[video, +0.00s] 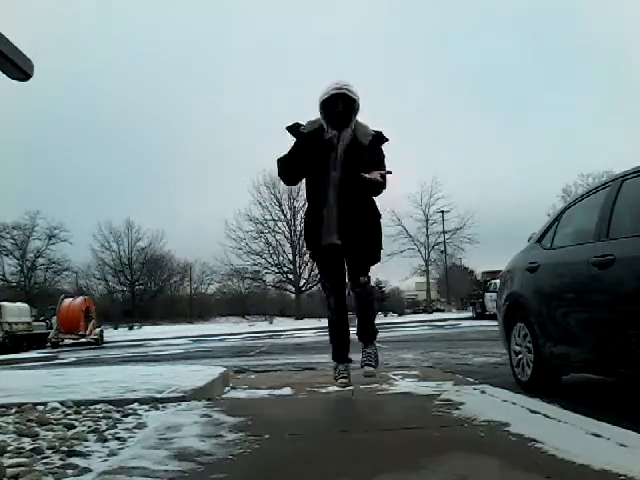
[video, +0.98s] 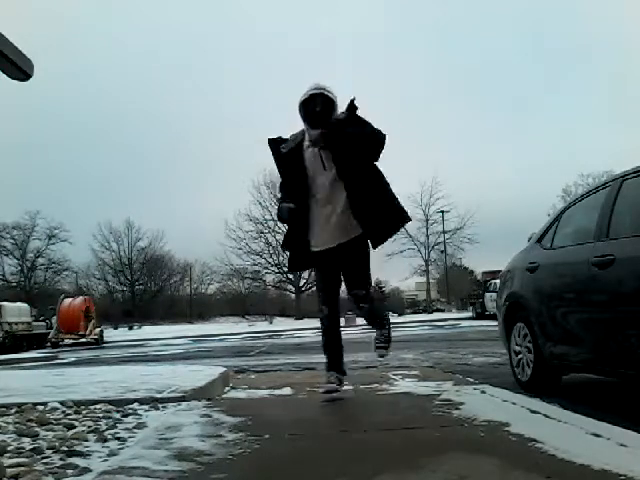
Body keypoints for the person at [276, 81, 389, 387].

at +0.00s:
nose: (339, 112)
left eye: (345, 106)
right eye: (333, 105)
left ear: (354, 109)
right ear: (323, 109)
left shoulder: (367, 141)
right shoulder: (310, 139)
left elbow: (378, 184)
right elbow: (288, 175)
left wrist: (372, 180)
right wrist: (303, 142)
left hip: (358, 227)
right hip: (323, 230)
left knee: (360, 286)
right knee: (335, 296)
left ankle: (368, 345)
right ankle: (341, 363)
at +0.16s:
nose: (338, 122)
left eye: (344, 116)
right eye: (332, 115)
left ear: (354, 119)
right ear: (323, 119)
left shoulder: (368, 150)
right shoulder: (311, 152)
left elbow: (378, 195)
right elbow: (295, 193)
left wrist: (366, 190)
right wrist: (307, 159)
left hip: (354, 244)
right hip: (320, 244)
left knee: (345, 311)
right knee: (323, 302)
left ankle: (342, 381)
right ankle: (321, 323)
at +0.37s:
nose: (339, 122)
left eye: (345, 116)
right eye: (333, 116)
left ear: (355, 119)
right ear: (324, 118)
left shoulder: (367, 152)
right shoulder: (312, 149)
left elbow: (378, 192)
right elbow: (292, 186)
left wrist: (370, 177)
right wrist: (304, 153)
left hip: (352, 237)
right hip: (317, 236)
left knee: (345, 306)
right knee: (316, 296)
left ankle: (343, 379)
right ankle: (337, 312)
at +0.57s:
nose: (342, 129)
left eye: (348, 123)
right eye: (336, 123)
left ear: (358, 128)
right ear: (326, 126)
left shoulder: (365, 163)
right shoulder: (312, 159)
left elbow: (374, 207)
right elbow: (291, 198)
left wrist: (371, 170)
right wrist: (302, 160)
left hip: (353, 251)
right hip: (318, 250)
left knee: (348, 316)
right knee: (325, 315)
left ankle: (347, 384)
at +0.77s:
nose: (330, 127)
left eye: (336, 121)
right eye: (324, 122)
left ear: (345, 124)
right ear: (315, 126)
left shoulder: (360, 149)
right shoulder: (303, 159)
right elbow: (279, 191)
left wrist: (349, 143)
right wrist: (286, 202)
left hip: (357, 245)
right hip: (319, 250)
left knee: (351, 311)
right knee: (322, 308)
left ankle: (348, 379)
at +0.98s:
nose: (316, 119)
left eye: (322, 112)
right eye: (310, 113)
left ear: (333, 112)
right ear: (302, 116)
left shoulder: (348, 136)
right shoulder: (292, 151)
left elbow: (376, 144)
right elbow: (288, 192)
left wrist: (350, 121)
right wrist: (285, 208)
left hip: (353, 234)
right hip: (319, 241)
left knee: (360, 298)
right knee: (328, 310)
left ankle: (382, 326)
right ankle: (335, 372)